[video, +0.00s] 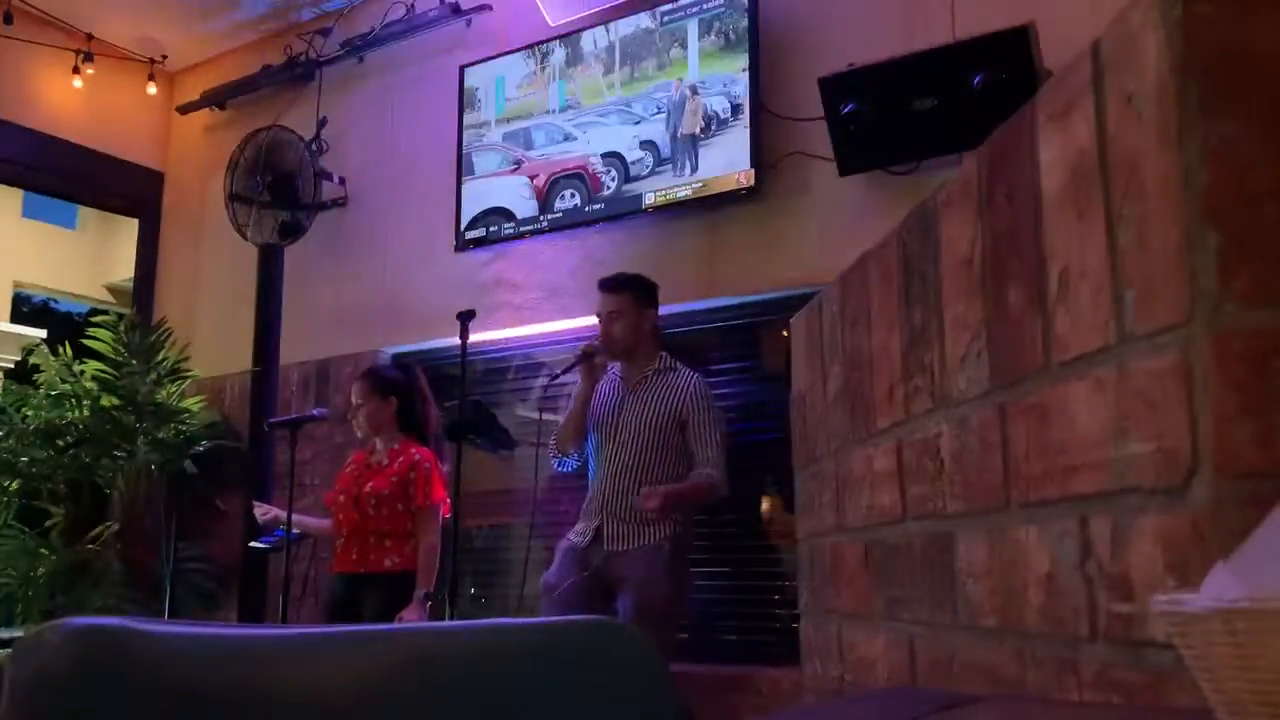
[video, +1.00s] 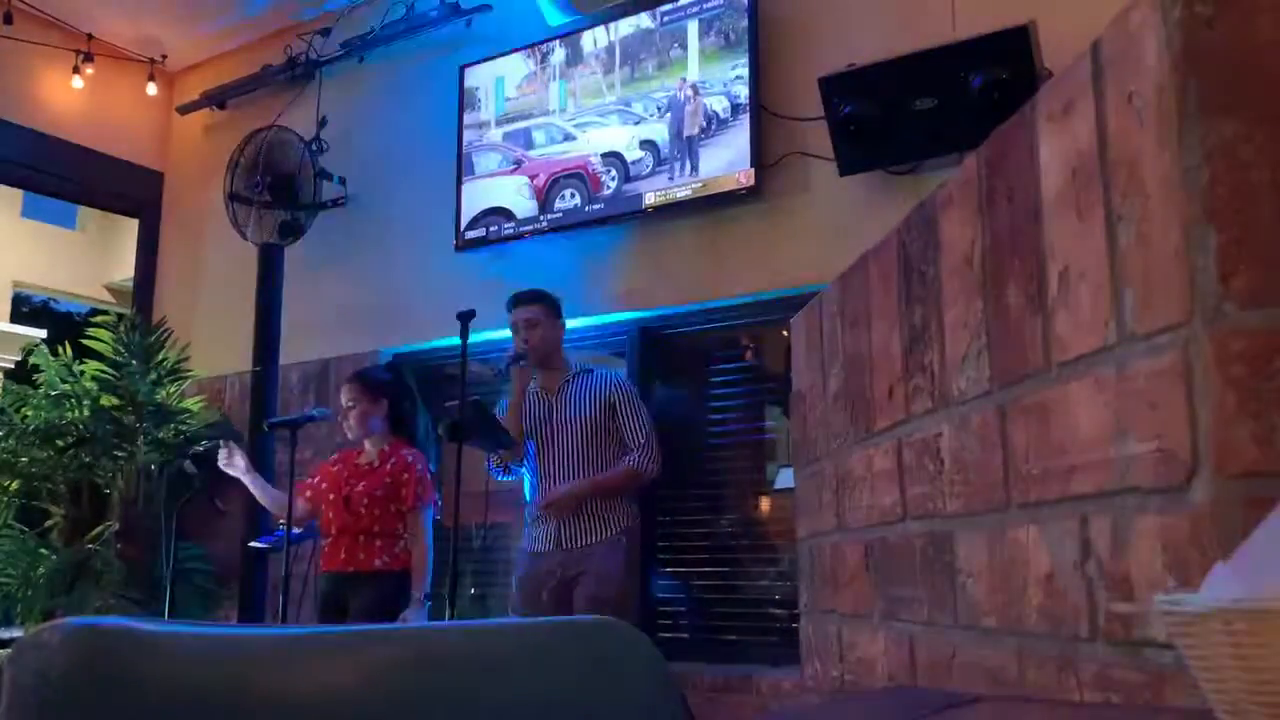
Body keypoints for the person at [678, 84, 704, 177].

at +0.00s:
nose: (688, 93)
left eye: (689, 91)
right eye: (687, 91)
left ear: (693, 91)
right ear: (688, 92)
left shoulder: (698, 100)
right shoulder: (688, 101)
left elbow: (699, 115)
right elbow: (685, 117)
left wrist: (698, 127)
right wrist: (681, 128)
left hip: (694, 130)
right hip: (686, 130)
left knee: (695, 149)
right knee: (689, 150)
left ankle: (696, 166)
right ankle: (692, 168)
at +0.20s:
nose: (688, 92)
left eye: (689, 90)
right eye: (688, 90)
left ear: (692, 90)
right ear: (691, 90)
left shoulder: (696, 100)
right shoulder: (689, 100)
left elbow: (696, 115)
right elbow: (686, 117)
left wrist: (694, 127)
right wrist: (682, 128)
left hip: (694, 128)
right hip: (686, 129)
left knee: (694, 149)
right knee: (689, 150)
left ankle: (699, 167)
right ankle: (692, 168)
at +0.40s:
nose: (688, 91)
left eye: (689, 89)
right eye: (688, 90)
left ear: (692, 90)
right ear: (693, 89)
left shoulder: (695, 100)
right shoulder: (690, 100)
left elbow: (695, 116)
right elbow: (687, 117)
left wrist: (693, 129)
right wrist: (684, 130)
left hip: (693, 131)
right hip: (687, 131)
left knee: (694, 150)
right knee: (690, 151)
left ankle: (698, 167)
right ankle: (693, 168)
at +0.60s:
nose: (687, 91)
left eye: (688, 89)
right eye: (687, 89)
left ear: (691, 90)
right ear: (693, 89)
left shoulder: (695, 100)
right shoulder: (690, 100)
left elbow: (695, 116)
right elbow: (689, 116)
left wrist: (692, 129)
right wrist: (685, 129)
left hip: (692, 131)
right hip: (687, 131)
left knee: (693, 150)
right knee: (690, 150)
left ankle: (695, 169)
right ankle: (692, 168)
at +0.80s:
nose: (688, 92)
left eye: (689, 90)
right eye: (687, 90)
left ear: (693, 90)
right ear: (688, 90)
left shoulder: (697, 101)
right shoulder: (688, 102)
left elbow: (697, 117)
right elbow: (687, 118)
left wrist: (695, 129)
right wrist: (684, 130)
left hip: (693, 131)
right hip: (686, 131)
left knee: (693, 150)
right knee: (690, 151)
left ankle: (695, 170)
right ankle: (692, 170)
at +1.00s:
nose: (688, 92)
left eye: (690, 90)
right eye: (688, 90)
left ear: (694, 91)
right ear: (687, 91)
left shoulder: (698, 101)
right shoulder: (688, 102)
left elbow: (700, 116)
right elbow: (686, 118)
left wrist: (697, 127)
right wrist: (684, 130)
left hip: (694, 131)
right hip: (687, 131)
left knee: (694, 151)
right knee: (690, 152)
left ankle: (696, 169)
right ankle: (692, 169)